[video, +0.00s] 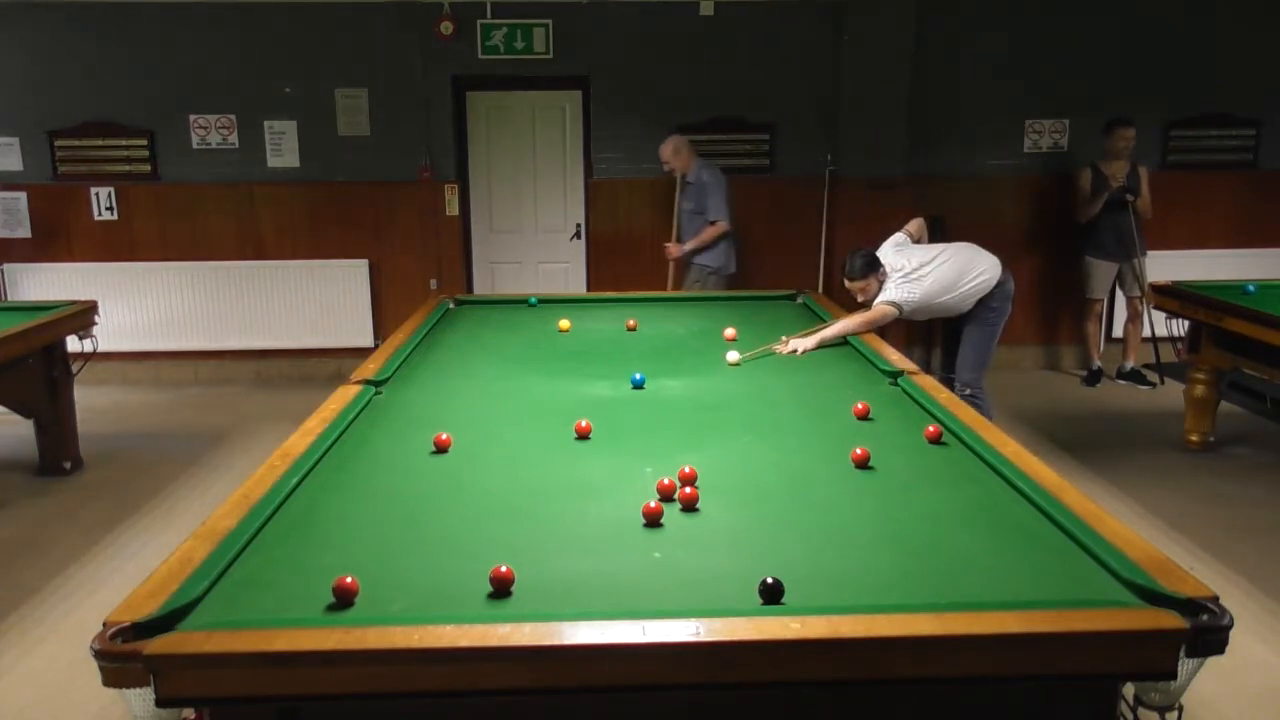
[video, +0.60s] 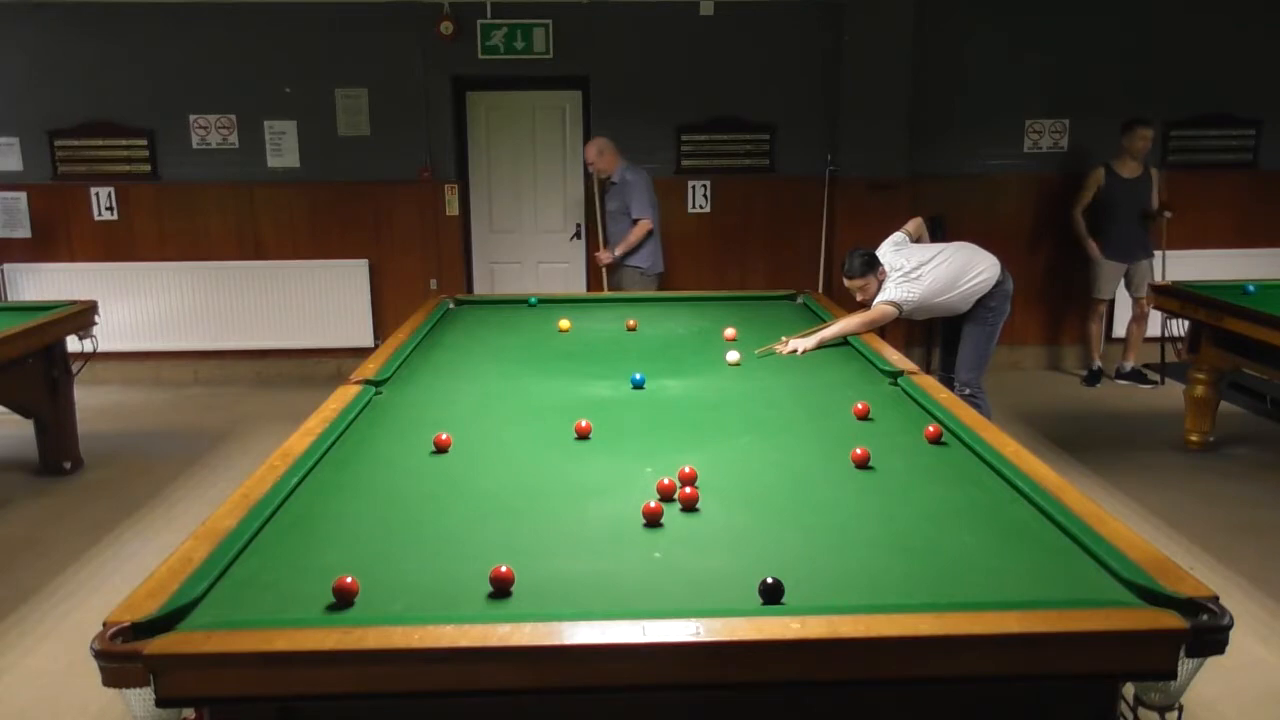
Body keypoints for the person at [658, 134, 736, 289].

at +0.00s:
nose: (666, 169)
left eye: (668, 162)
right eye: (664, 163)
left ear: (683, 155)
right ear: (682, 156)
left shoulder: (708, 176)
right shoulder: (692, 177)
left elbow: (722, 224)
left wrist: (685, 248)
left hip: (712, 264)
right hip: (700, 262)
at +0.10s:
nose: (653, 167)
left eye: (655, 160)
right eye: (651, 162)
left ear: (669, 152)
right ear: (669, 153)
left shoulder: (695, 175)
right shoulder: (681, 176)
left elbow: (707, 224)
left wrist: (670, 247)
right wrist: (667, 247)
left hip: (697, 265)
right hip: (686, 262)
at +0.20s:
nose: (641, 166)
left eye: (643, 159)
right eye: (639, 161)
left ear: (659, 152)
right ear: (659, 153)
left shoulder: (684, 174)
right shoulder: (670, 175)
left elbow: (691, 223)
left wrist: (655, 248)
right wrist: (654, 247)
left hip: (686, 264)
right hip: (674, 261)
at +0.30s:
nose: (629, 165)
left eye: (631, 159)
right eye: (627, 160)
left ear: (647, 152)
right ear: (645, 153)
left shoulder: (672, 175)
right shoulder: (657, 176)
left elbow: (677, 224)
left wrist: (642, 248)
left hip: (676, 266)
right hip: (662, 262)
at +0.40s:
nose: (615, 167)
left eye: (618, 162)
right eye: (614, 162)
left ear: (634, 154)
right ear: (632, 155)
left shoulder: (659, 176)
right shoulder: (643, 178)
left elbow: (665, 225)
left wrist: (632, 251)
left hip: (666, 268)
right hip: (651, 265)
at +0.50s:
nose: (603, 170)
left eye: (605, 164)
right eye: (601, 165)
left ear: (621, 156)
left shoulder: (646, 178)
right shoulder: (628, 181)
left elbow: (655, 225)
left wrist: (623, 253)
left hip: (653, 269)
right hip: (637, 266)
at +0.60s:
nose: (590, 170)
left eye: (592, 163)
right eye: (588, 165)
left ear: (607, 155)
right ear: (605, 156)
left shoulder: (634, 178)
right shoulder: (614, 183)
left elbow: (645, 223)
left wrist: (615, 253)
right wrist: (610, 251)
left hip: (639, 268)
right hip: (622, 266)